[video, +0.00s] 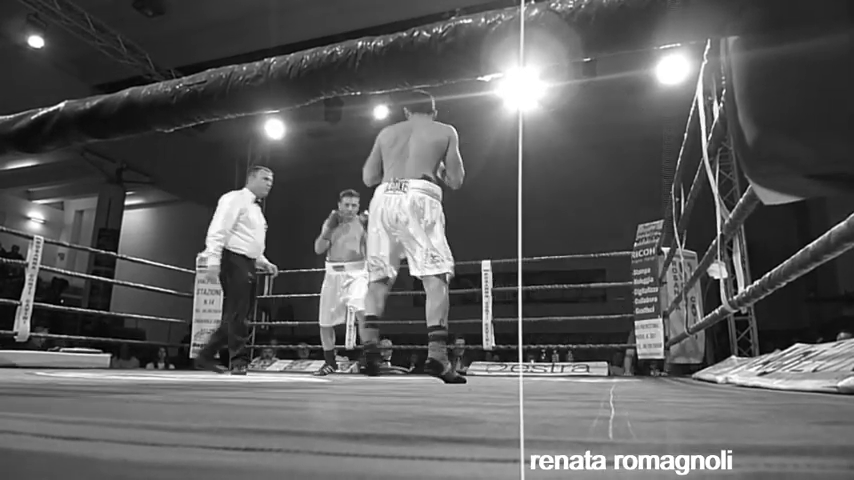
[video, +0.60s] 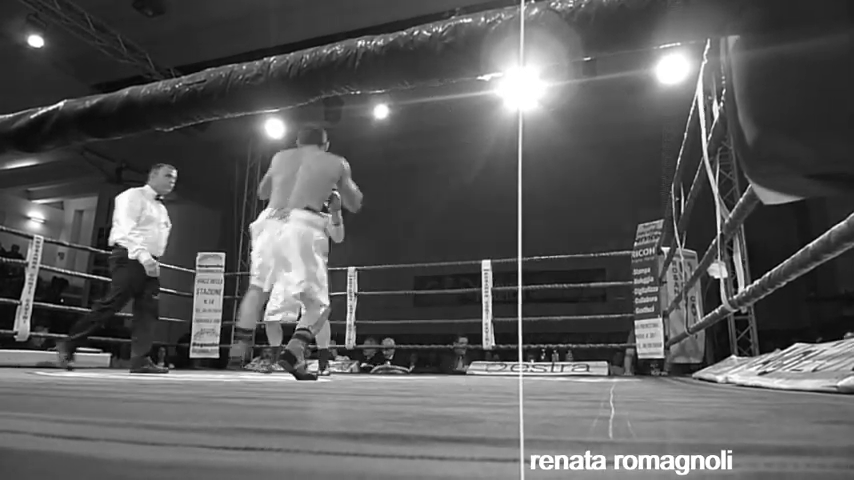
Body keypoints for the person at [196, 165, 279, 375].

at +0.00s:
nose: (269, 185)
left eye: (271, 181)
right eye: (265, 179)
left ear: (269, 186)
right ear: (251, 179)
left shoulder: (257, 210)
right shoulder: (233, 199)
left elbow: (253, 246)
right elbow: (217, 231)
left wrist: (265, 263)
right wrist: (213, 262)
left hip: (249, 261)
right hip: (234, 257)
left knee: (239, 313)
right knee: (237, 312)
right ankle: (238, 361)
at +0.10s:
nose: (249, 184)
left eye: (251, 181)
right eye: (246, 180)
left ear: (249, 185)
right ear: (232, 179)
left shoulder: (236, 209)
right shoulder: (213, 199)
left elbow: (231, 247)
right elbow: (197, 230)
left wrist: (247, 263)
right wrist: (191, 262)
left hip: (226, 260)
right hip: (213, 256)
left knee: (207, 311)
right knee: (227, 309)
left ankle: (164, 347)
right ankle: (234, 361)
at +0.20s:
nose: (236, 187)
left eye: (237, 184)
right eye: (232, 181)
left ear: (235, 187)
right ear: (218, 180)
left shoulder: (223, 213)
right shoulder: (199, 201)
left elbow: (218, 251)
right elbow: (183, 232)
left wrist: (236, 265)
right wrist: (177, 263)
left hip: (210, 263)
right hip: (197, 259)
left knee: (182, 314)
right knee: (216, 311)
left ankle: (149, 357)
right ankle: (228, 362)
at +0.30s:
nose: (217, 187)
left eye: (218, 184)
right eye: (213, 181)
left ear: (217, 187)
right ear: (198, 180)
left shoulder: (202, 213)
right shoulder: (176, 200)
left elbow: (199, 248)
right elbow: (165, 232)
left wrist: (212, 266)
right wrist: (162, 263)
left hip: (189, 264)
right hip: (176, 260)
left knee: (166, 315)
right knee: (194, 307)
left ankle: (141, 361)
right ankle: (201, 360)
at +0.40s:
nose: (204, 184)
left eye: (206, 181)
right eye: (201, 178)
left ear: (203, 185)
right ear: (186, 177)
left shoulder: (191, 210)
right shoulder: (165, 196)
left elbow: (189, 245)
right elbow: (155, 229)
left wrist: (195, 270)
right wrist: (156, 260)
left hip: (182, 261)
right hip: (167, 258)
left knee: (161, 309)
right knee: (170, 306)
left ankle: (141, 360)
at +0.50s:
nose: (192, 182)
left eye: (194, 179)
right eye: (189, 176)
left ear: (192, 183)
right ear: (174, 174)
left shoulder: (181, 210)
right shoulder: (151, 195)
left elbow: (178, 245)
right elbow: (143, 228)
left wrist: (179, 270)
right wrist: (152, 255)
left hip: (168, 258)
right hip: (148, 253)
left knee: (161, 305)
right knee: (153, 299)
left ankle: (144, 356)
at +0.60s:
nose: (173, 182)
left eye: (174, 180)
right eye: (169, 177)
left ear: (173, 184)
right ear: (153, 175)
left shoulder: (160, 209)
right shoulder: (131, 196)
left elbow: (154, 237)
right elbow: (125, 232)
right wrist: (142, 255)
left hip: (149, 260)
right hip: (127, 255)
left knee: (147, 311)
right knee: (112, 304)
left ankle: (140, 359)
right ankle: (68, 344)